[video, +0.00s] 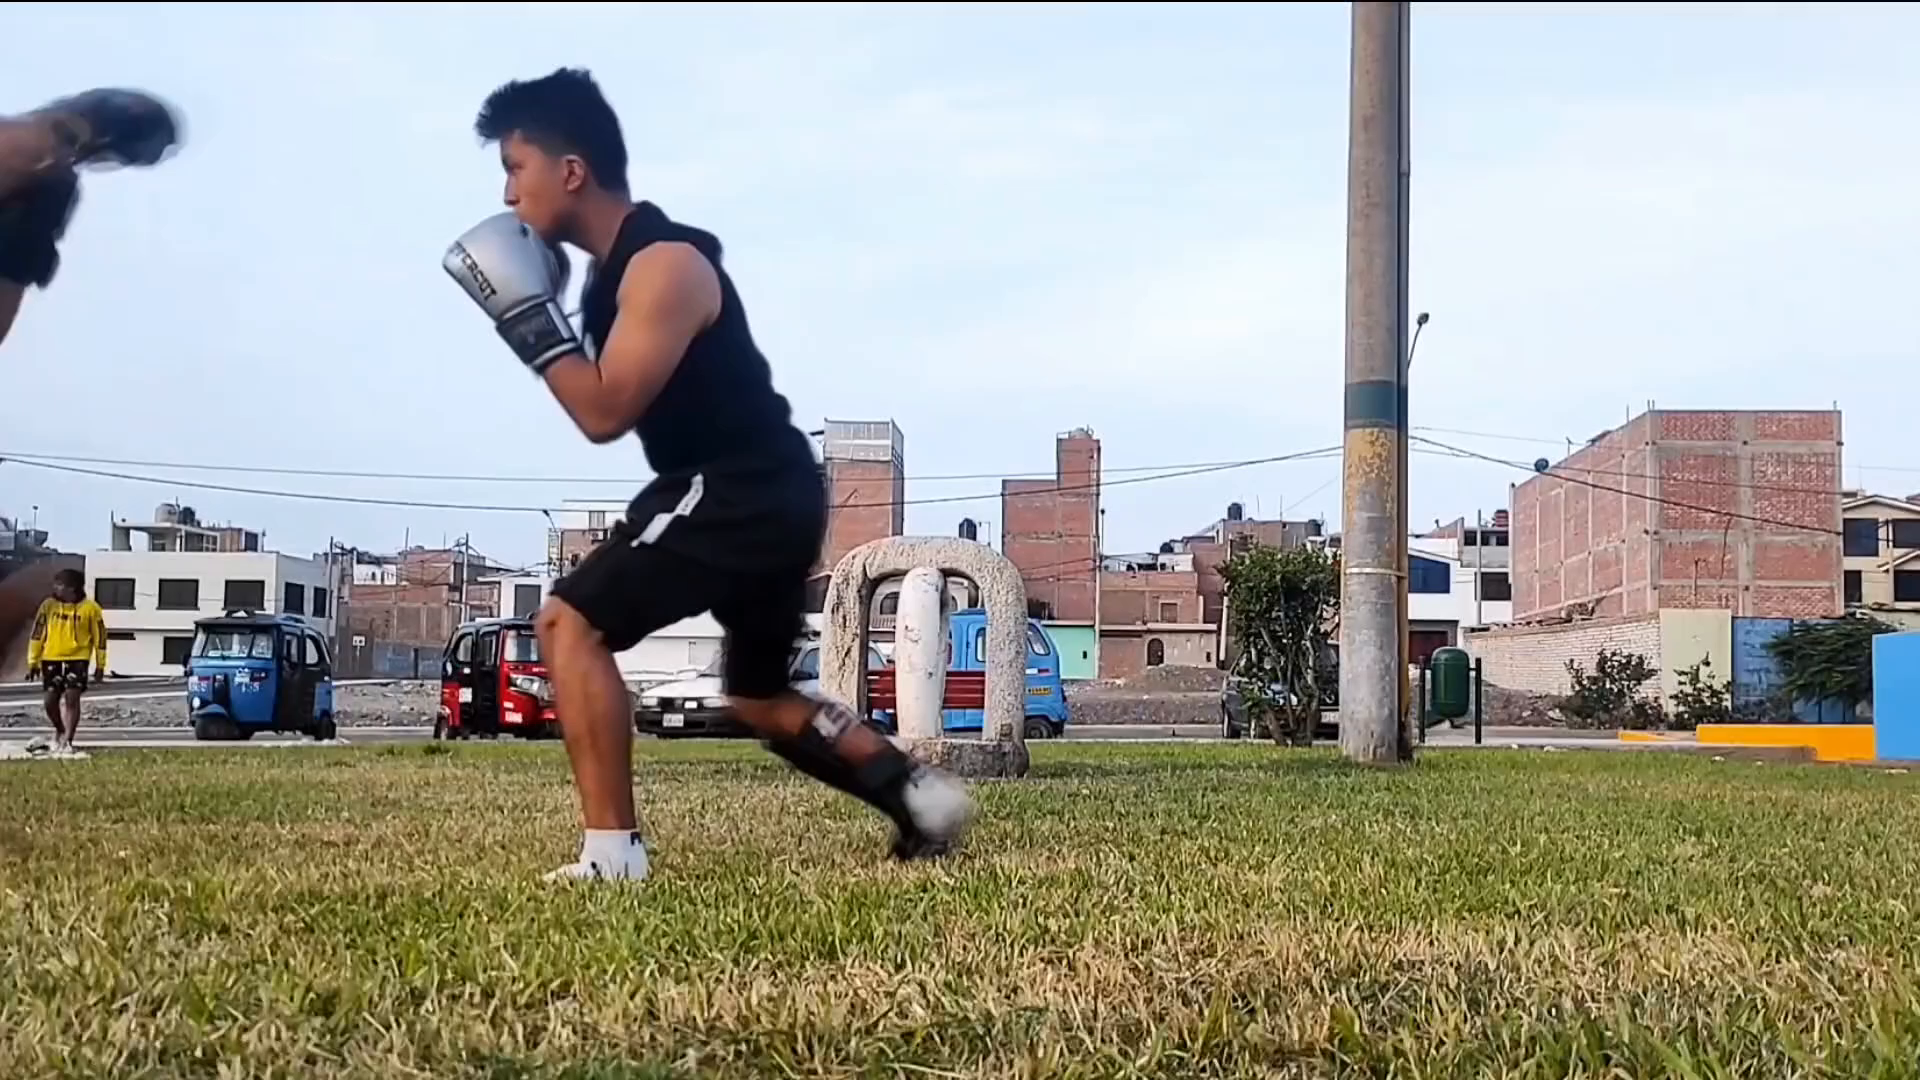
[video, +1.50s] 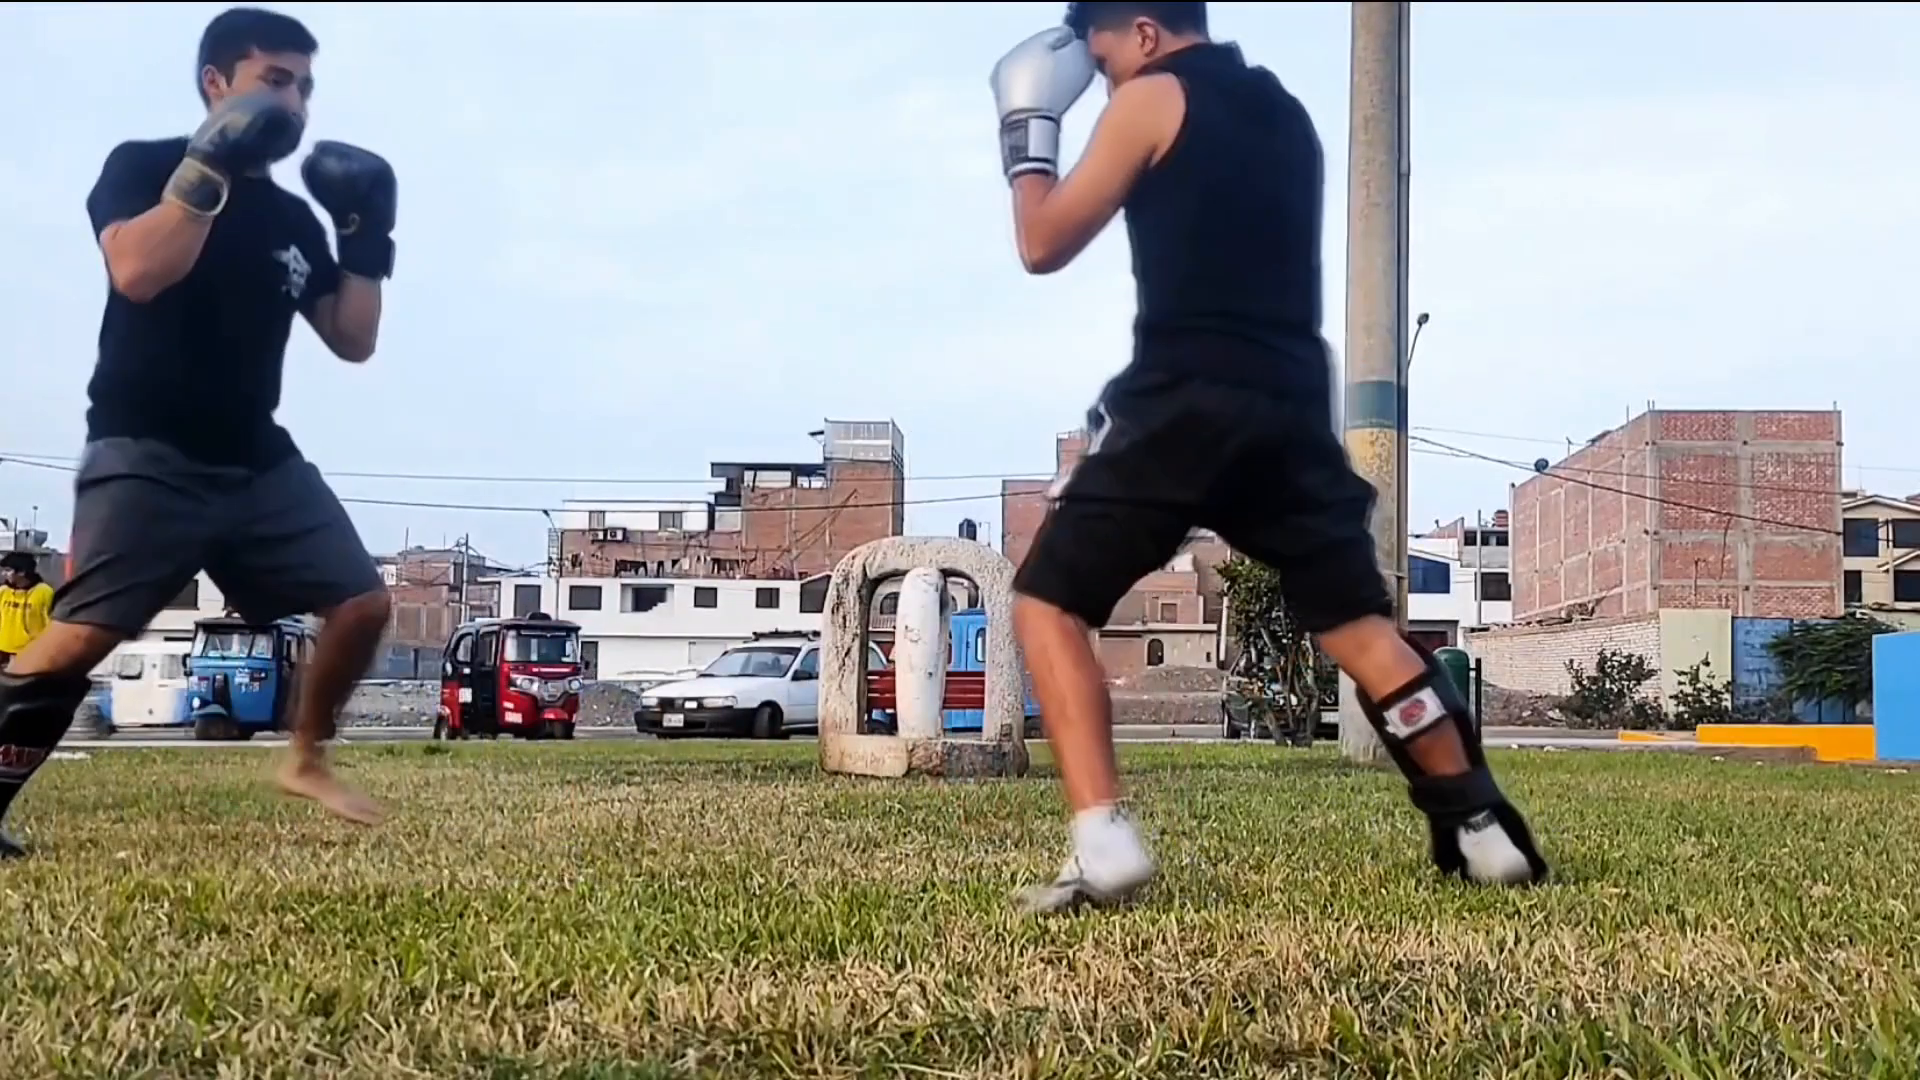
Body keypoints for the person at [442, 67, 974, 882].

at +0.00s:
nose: (507, 193)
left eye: (515, 169)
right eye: (505, 173)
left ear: (572, 169)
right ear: (573, 173)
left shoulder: (665, 264)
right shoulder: (626, 268)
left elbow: (602, 414)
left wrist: (525, 316)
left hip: (734, 489)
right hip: (777, 488)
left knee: (570, 622)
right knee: (759, 696)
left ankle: (611, 854)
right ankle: (920, 800)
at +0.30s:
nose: (693, 180)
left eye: (698, 159)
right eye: (692, 160)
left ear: (741, 155)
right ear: (777, 159)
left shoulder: (719, 214)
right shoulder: (857, 240)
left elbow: (710, 317)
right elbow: (856, 362)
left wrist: (646, 355)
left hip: (758, 476)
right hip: (870, 488)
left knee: (608, 623)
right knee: (903, 661)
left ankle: (592, 847)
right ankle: (994, 828)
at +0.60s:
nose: (870, 72)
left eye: (872, 52)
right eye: (868, 56)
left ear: (906, 41)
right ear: (950, 40)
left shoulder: (901, 121)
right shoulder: (1029, 124)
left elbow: (768, 184)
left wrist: (779, 68)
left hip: (985, 401)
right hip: (1079, 396)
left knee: (911, 614)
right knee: (1086, 584)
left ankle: (977, 835)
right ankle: (1175, 771)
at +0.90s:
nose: (1061, 152)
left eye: (1064, 128)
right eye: (1057, 132)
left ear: (1115, 114)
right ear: (1132, 111)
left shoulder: (1152, 199)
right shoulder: (1215, 186)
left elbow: (1077, 340)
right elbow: (1180, 289)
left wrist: (1027, 266)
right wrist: (1091, 239)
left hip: (1184, 476)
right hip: (1262, 475)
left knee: (1028, 620)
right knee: (1288, 669)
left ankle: (1006, 855)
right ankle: (1419, 834)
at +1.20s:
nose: (1131, 125)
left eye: (1132, 103)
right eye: (1123, 109)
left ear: (1178, 74)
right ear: (1207, 71)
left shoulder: (1193, 139)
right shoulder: (1299, 143)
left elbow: (1074, 263)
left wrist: (1047, 160)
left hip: (1253, 423)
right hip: (1346, 424)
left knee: (1134, 623)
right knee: (1352, 642)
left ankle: (1177, 869)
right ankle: (1493, 813)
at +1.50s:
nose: (1103, 76)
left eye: (1103, 56)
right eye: (1098, 60)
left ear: (1144, 30)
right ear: (1184, 24)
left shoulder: (1152, 98)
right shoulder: (1285, 113)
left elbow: (1040, 244)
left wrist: (1027, 134)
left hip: (1185, 403)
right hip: (1296, 411)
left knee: (1047, 603)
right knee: (1358, 625)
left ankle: (1104, 842)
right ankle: (1486, 834)